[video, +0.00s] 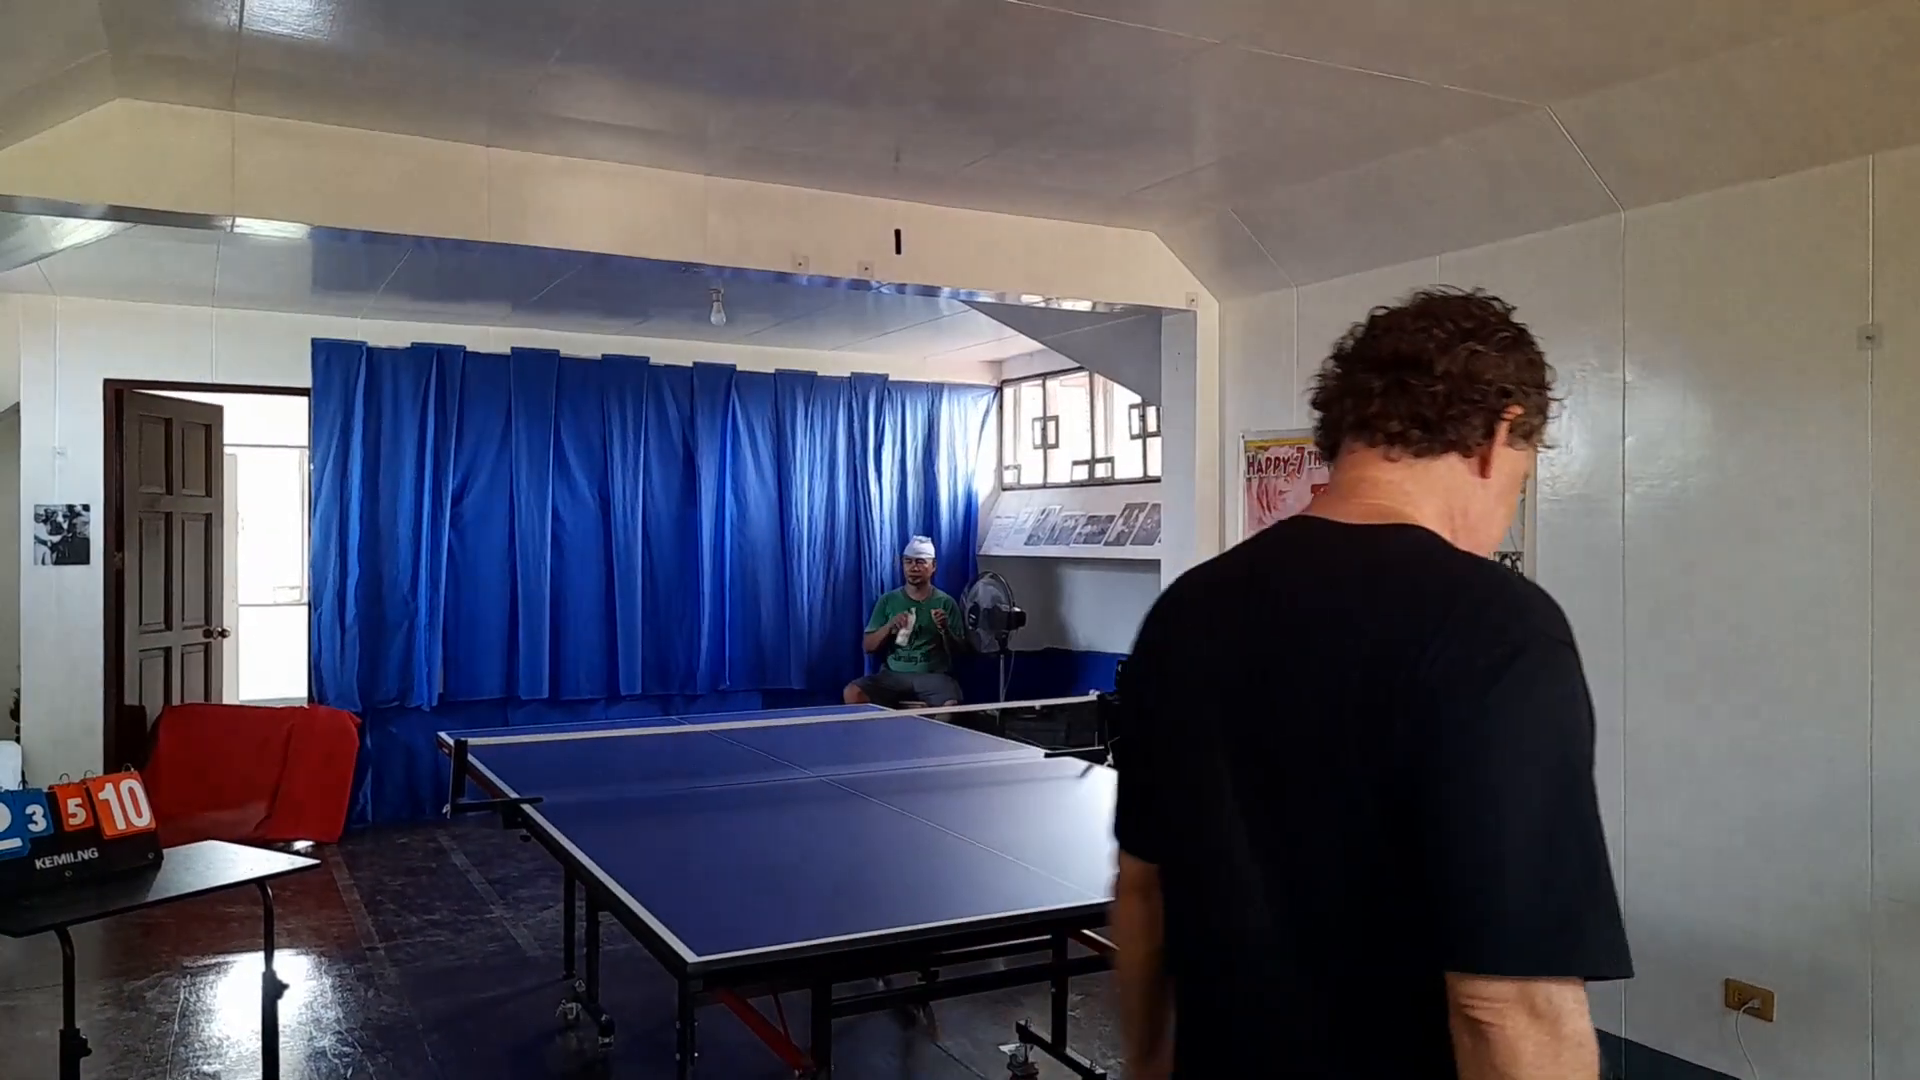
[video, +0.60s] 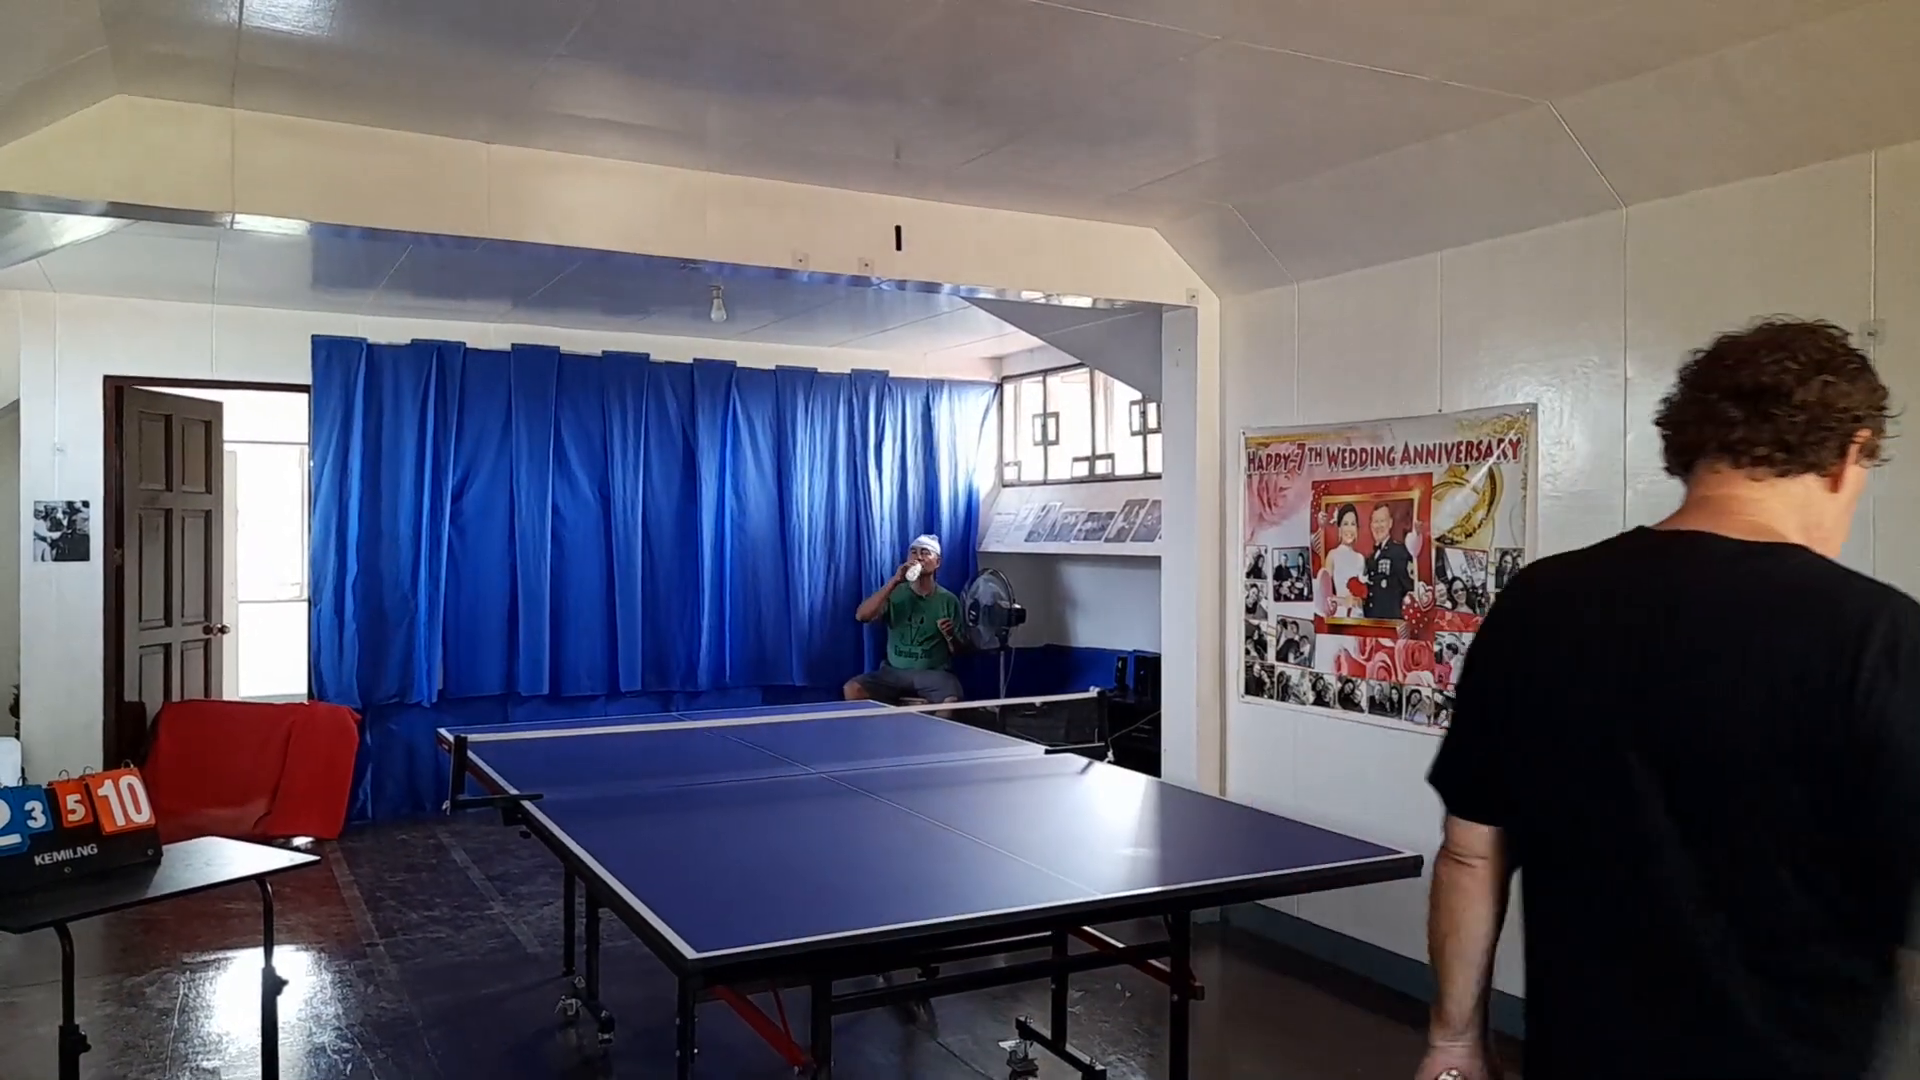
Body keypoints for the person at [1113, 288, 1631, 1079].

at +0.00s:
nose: (1506, 523)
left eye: (1523, 486)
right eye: (1521, 480)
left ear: (1345, 432)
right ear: (1498, 436)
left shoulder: (1187, 609)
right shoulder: (1492, 623)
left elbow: (1139, 885)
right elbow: (1508, 1002)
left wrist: (1146, 1055)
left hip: (1224, 1056)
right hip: (1423, 1060)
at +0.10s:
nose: (1550, 522)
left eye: (1564, 486)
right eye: (1563, 482)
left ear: (1392, 435)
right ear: (1538, 444)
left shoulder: (1241, 601)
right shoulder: (1533, 626)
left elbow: (1216, 872)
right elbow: (1545, 994)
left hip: (1266, 1052)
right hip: (1465, 1057)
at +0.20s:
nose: (1602, 529)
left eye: (1616, 495)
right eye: (1615, 490)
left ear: (1437, 449)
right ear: (1593, 452)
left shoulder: (1302, 600)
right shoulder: (1594, 636)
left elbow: (1276, 847)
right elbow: (1603, 993)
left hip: (1320, 1053)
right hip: (1520, 1059)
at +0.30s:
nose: (1670, 521)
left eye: (1682, 489)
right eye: (1682, 485)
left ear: (1505, 453)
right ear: (1657, 462)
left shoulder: (1367, 608)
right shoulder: (1670, 655)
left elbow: (1333, 847)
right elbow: (1683, 1004)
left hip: (1384, 1057)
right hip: (1585, 1062)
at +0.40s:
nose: (1743, 511)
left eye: (1754, 482)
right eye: (1755, 478)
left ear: (1580, 451)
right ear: (1733, 463)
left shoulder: (1433, 606)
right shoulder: (1749, 660)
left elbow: (1381, 848)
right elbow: (1778, 1000)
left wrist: (1483, 955)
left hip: (1459, 1062)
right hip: (1671, 1066)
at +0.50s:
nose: (1804, 502)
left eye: (1816, 478)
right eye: (1816, 474)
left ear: (1642, 446)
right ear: (1799, 461)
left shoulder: (1489, 602)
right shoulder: (1830, 652)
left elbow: (1425, 850)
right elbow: (1865, 987)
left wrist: (1461, 1001)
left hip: (1530, 1055)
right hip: (1751, 1063)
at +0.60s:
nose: (1858, 502)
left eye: (1866, 475)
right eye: (1867, 471)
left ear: (1693, 446)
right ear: (1849, 458)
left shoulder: (1541, 600)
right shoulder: (1885, 637)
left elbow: (1470, 851)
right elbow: (1909, 933)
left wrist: (1452, 1038)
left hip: (1580, 1055)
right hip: (1810, 1059)